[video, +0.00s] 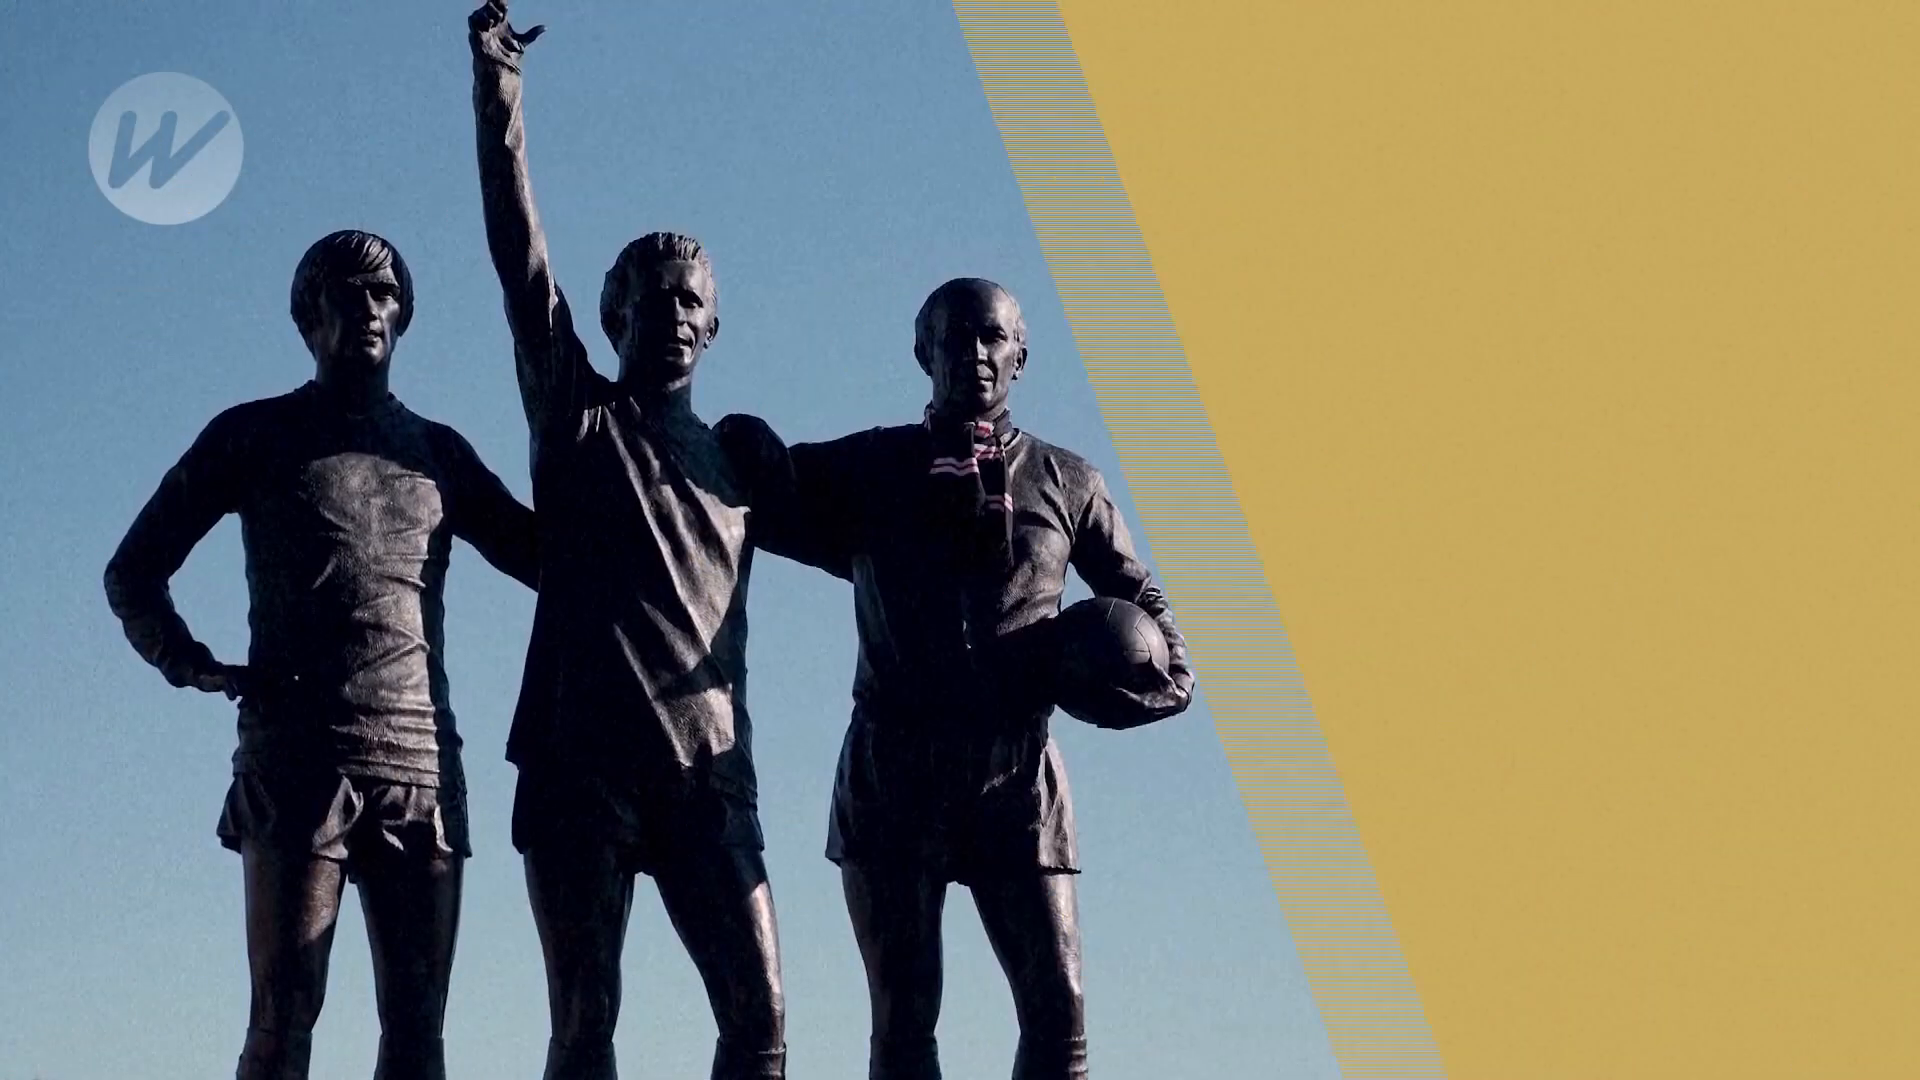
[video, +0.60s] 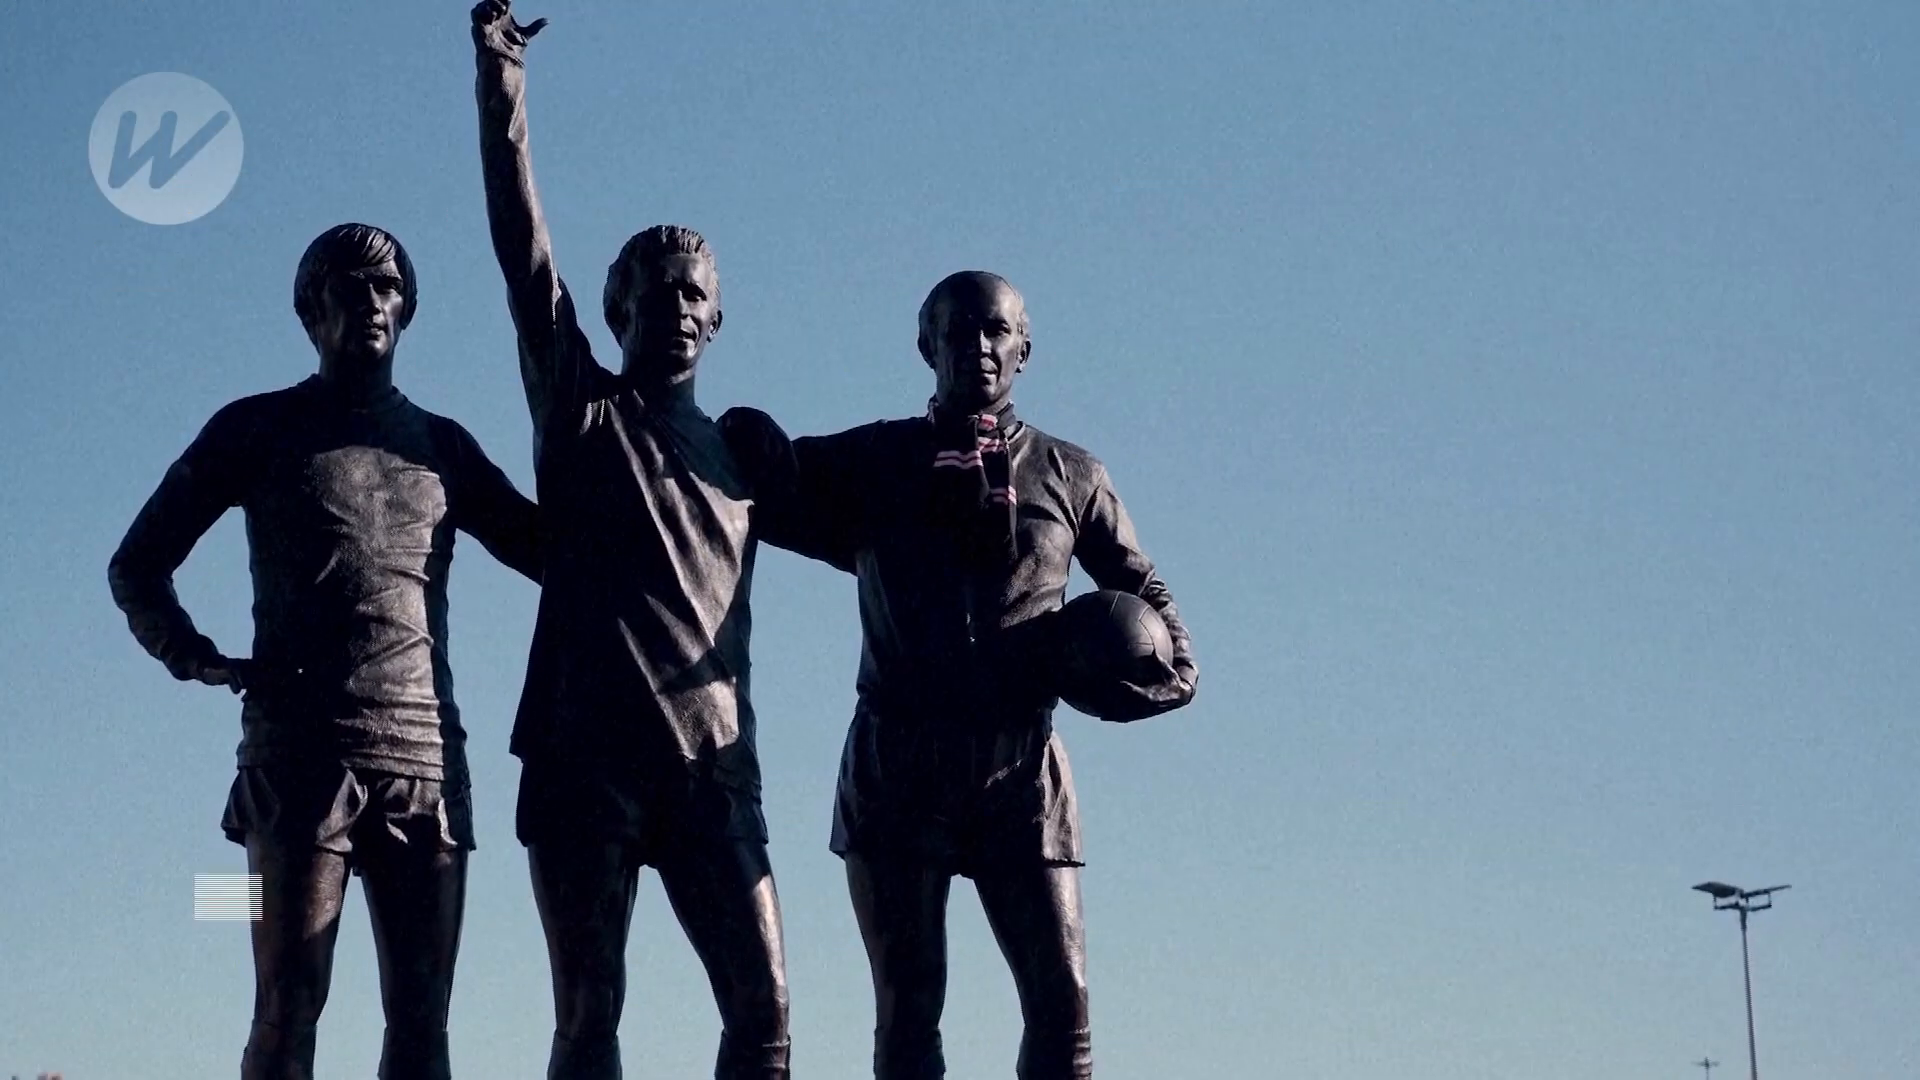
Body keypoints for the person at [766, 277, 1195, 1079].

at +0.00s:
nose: (979, 354)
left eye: (996, 339)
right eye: (959, 337)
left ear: (1018, 357)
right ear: (925, 349)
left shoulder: (1065, 481)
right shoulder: (870, 465)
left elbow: (1139, 597)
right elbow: (745, 481)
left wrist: (1161, 666)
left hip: (1018, 773)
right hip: (893, 773)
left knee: (1057, 1012)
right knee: (903, 1020)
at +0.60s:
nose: (983, 347)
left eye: (999, 331)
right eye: (963, 331)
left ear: (1023, 349)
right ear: (929, 343)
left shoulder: (1069, 473)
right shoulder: (875, 457)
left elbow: (1142, 589)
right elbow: (757, 477)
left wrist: (1164, 655)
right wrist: (751, 436)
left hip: (1021, 767)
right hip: (898, 766)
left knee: (1062, 1004)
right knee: (908, 1011)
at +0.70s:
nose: (984, 346)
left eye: (1001, 330)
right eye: (965, 329)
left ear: (1024, 346)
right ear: (929, 341)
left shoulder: (1071, 473)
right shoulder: (874, 456)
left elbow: (1144, 588)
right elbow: (750, 472)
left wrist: (1166, 655)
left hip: (1024, 764)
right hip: (899, 763)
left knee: (1063, 1002)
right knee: (909, 1010)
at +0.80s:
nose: (984, 346)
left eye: (1001, 330)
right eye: (965, 330)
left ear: (1026, 347)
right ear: (932, 343)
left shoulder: (1072, 472)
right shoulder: (879, 457)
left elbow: (1145, 588)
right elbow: (759, 474)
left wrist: (1171, 658)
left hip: (1024, 765)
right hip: (901, 765)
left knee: (1065, 1001)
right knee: (910, 1011)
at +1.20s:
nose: (988, 347)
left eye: (1004, 331)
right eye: (968, 332)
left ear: (1029, 350)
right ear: (934, 346)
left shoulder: (1076, 474)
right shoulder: (881, 459)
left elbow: (1149, 589)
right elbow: (768, 481)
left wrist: (1176, 661)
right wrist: (757, 434)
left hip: (1026, 767)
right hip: (904, 768)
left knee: (1068, 1001)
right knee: (915, 1013)